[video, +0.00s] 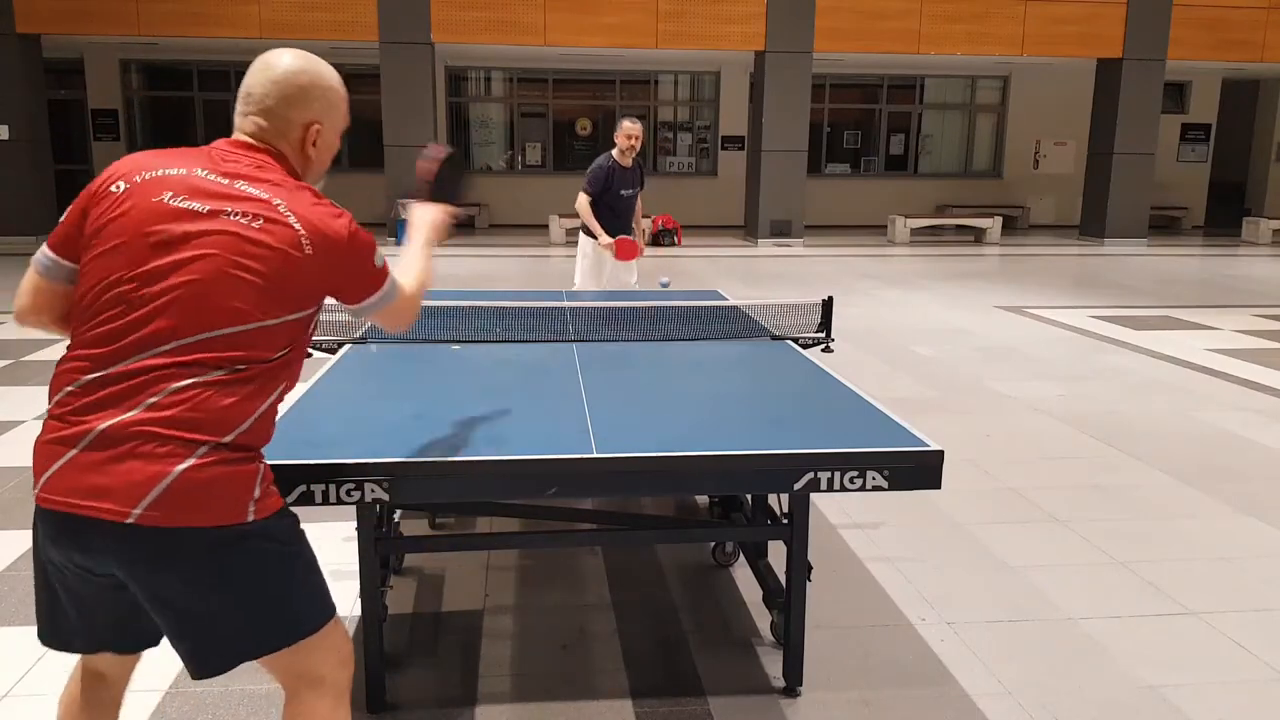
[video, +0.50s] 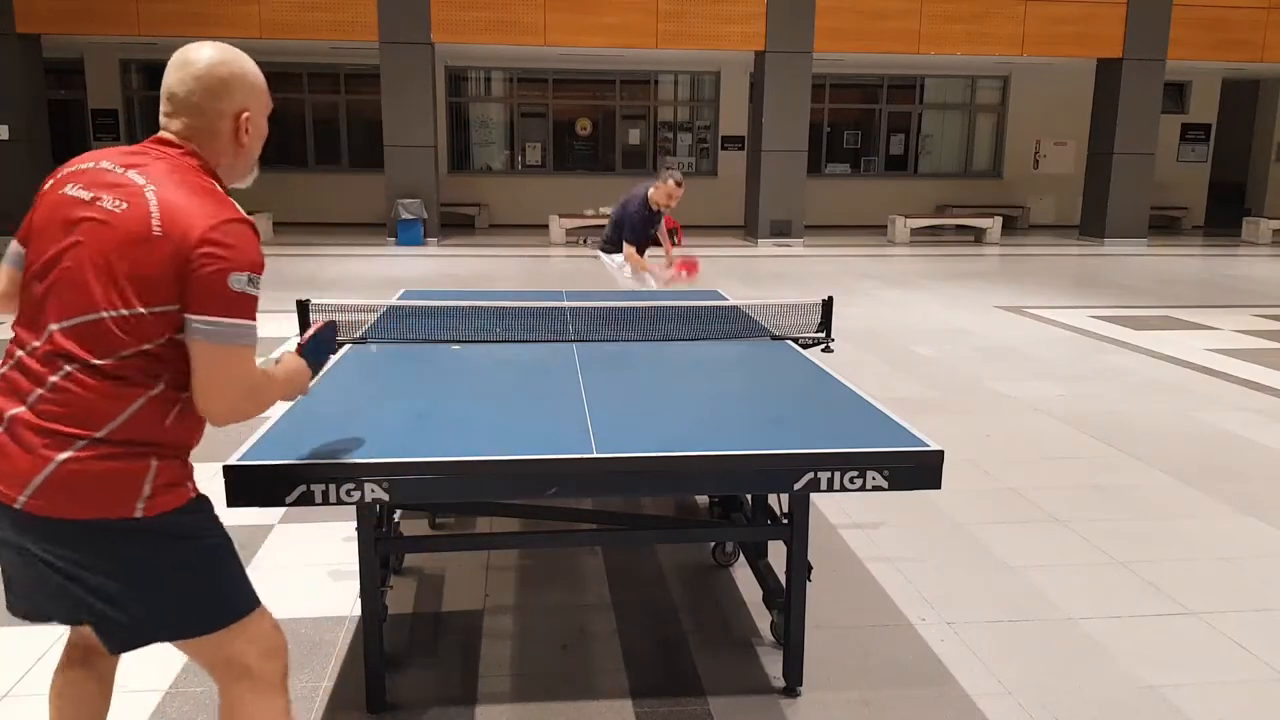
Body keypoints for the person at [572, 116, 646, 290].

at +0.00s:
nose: (633, 143)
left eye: (637, 138)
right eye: (628, 138)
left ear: (642, 140)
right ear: (616, 138)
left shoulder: (636, 166)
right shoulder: (602, 166)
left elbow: (635, 201)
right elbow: (581, 203)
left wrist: (639, 235)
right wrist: (601, 235)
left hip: (624, 243)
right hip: (594, 243)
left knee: (626, 296)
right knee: (588, 295)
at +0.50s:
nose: (672, 204)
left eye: (677, 199)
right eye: (669, 197)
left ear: (680, 197)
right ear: (657, 187)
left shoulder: (657, 199)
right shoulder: (635, 208)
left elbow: (659, 224)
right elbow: (629, 254)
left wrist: (668, 253)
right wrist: (657, 272)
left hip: (636, 251)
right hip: (613, 252)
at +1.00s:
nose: (660, 163)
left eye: (665, 158)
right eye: (656, 157)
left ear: (670, 160)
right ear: (645, 156)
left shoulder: (668, 182)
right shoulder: (630, 182)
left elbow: (679, 212)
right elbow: (604, 207)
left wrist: (695, 244)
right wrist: (595, 232)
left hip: (658, 246)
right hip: (630, 246)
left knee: (664, 296)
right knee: (643, 295)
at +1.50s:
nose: (634, 147)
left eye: (639, 143)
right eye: (630, 142)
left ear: (645, 146)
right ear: (621, 145)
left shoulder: (648, 171)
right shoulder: (609, 173)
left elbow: (653, 201)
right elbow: (593, 210)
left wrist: (657, 232)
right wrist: (599, 241)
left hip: (641, 243)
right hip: (611, 246)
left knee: (649, 291)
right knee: (606, 298)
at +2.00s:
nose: (649, 161)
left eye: (653, 157)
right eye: (645, 155)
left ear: (658, 158)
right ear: (635, 154)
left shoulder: (653, 175)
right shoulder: (621, 179)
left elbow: (655, 204)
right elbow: (606, 217)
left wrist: (664, 239)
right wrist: (628, 246)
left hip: (641, 239)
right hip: (615, 239)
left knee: (649, 285)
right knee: (620, 283)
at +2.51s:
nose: (638, 174)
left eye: (642, 171)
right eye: (635, 168)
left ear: (646, 168)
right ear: (624, 160)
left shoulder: (633, 176)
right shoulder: (607, 181)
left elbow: (638, 190)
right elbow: (585, 208)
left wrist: (655, 203)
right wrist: (559, 237)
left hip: (630, 237)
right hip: (607, 240)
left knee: (638, 285)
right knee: (619, 287)